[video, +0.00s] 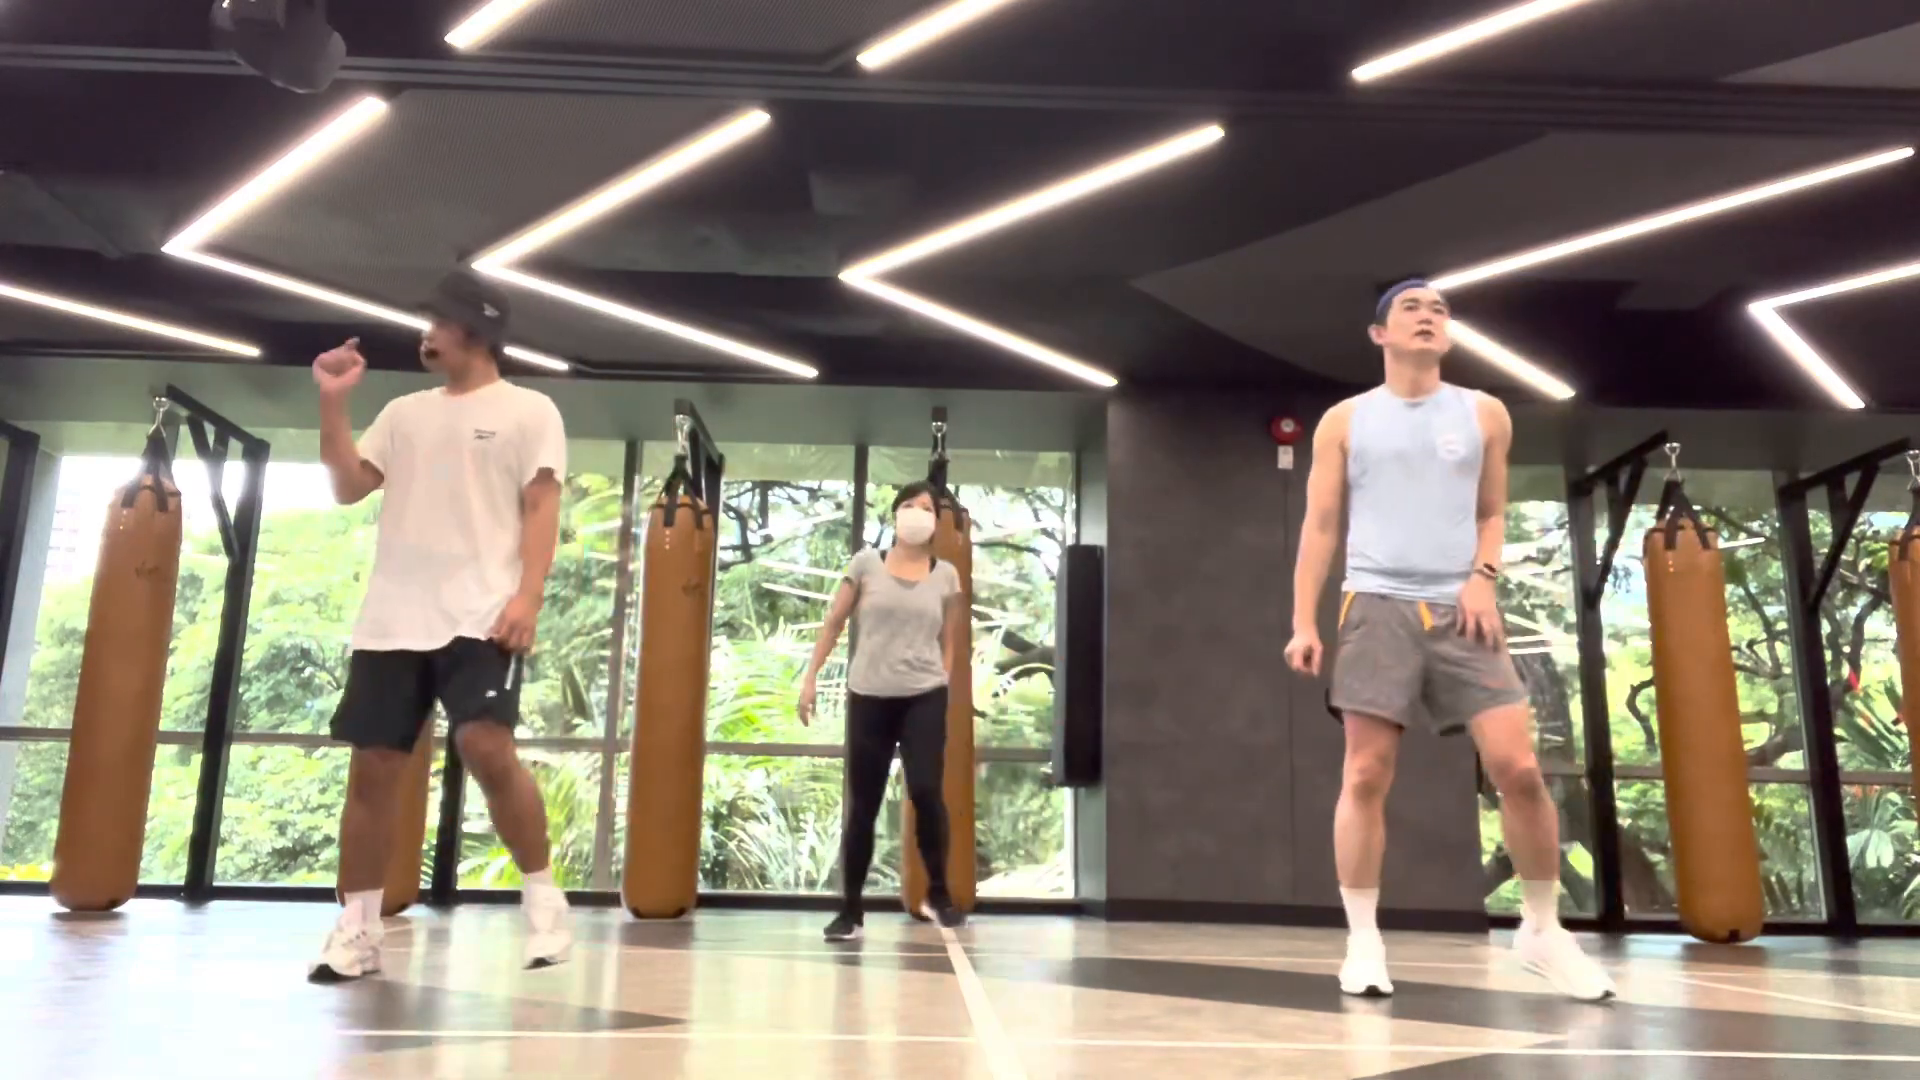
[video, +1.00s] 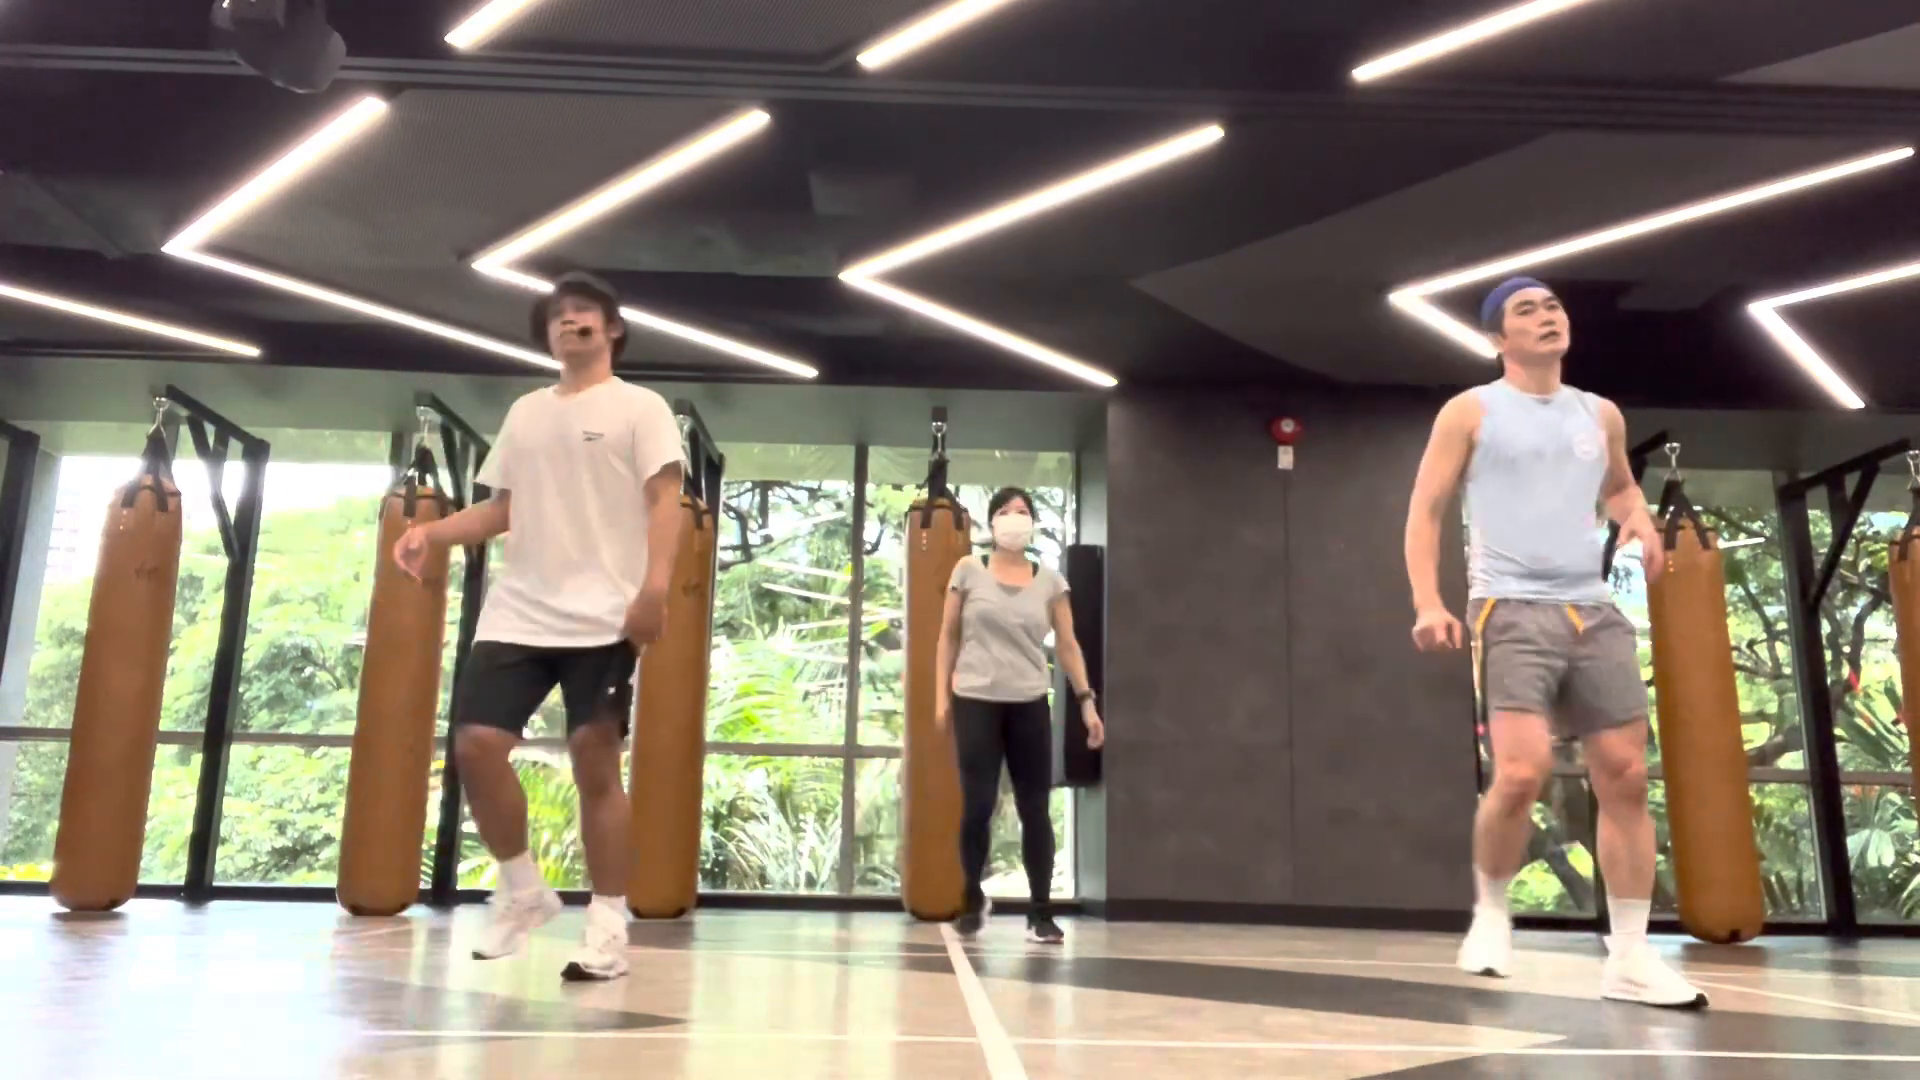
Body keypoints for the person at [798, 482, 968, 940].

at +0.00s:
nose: (917, 514)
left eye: (926, 509)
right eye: (909, 507)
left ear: (938, 523)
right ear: (894, 519)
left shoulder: (946, 576)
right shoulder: (867, 562)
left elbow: (948, 640)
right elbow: (833, 623)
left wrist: (944, 689)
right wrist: (810, 677)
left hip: (926, 695)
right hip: (869, 695)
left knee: (926, 792)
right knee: (861, 807)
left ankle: (938, 894)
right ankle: (851, 911)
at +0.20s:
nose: (916, 520)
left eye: (924, 515)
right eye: (906, 513)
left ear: (933, 530)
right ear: (889, 526)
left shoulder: (940, 582)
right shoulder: (862, 567)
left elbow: (938, 645)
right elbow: (830, 627)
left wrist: (936, 690)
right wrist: (803, 680)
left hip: (917, 701)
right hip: (863, 699)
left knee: (912, 797)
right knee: (858, 805)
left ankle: (901, 899)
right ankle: (850, 910)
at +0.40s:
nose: (927, 517)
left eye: (937, 512)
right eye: (919, 509)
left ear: (947, 527)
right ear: (902, 521)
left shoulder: (952, 579)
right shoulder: (874, 560)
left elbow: (953, 646)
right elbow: (842, 617)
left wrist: (959, 700)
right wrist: (832, 673)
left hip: (932, 698)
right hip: (875, 697)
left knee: (972, 787)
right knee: (865, 805)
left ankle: (978, 888)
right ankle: (850, 909)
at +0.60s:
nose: (963, 525)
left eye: (970, 520)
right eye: (953, 519)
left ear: (979, 535)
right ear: (933, 533)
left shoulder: (989, 591)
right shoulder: (913, 574)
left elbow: (988, 650)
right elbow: (884, 636)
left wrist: (992, 700)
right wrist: (868, 695)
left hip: (971, 711)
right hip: (913, 708)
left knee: (1004, 808)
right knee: (887, 810)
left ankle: (1040, 908)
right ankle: (851, 909)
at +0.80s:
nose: (1001, 518)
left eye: (1008, 512)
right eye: (992, 512)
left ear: (1019, 526)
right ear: (976, 526)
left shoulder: (1033, 580)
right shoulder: (957, 567)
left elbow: (1041, 647)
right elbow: (932, 633)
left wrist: (1049, 698)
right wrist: (918, 691)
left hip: (1014, 708)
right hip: (958, 703)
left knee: (1029, 811)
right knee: (924, 803)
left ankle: (1040, 913)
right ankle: (881, 896)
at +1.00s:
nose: (1014, 519)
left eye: (1022, 513)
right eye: (1004, 513)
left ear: (1033, 528)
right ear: (990, 526)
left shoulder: (1048, 580)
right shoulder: (969, 570)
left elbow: (1068, 645)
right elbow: (948, 635)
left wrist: (1087, 700)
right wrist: (942, 694)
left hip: (1030, 702)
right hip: (975, 700)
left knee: (1035, 809)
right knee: (978, 804)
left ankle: (1040, 912)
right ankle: (972, 900)